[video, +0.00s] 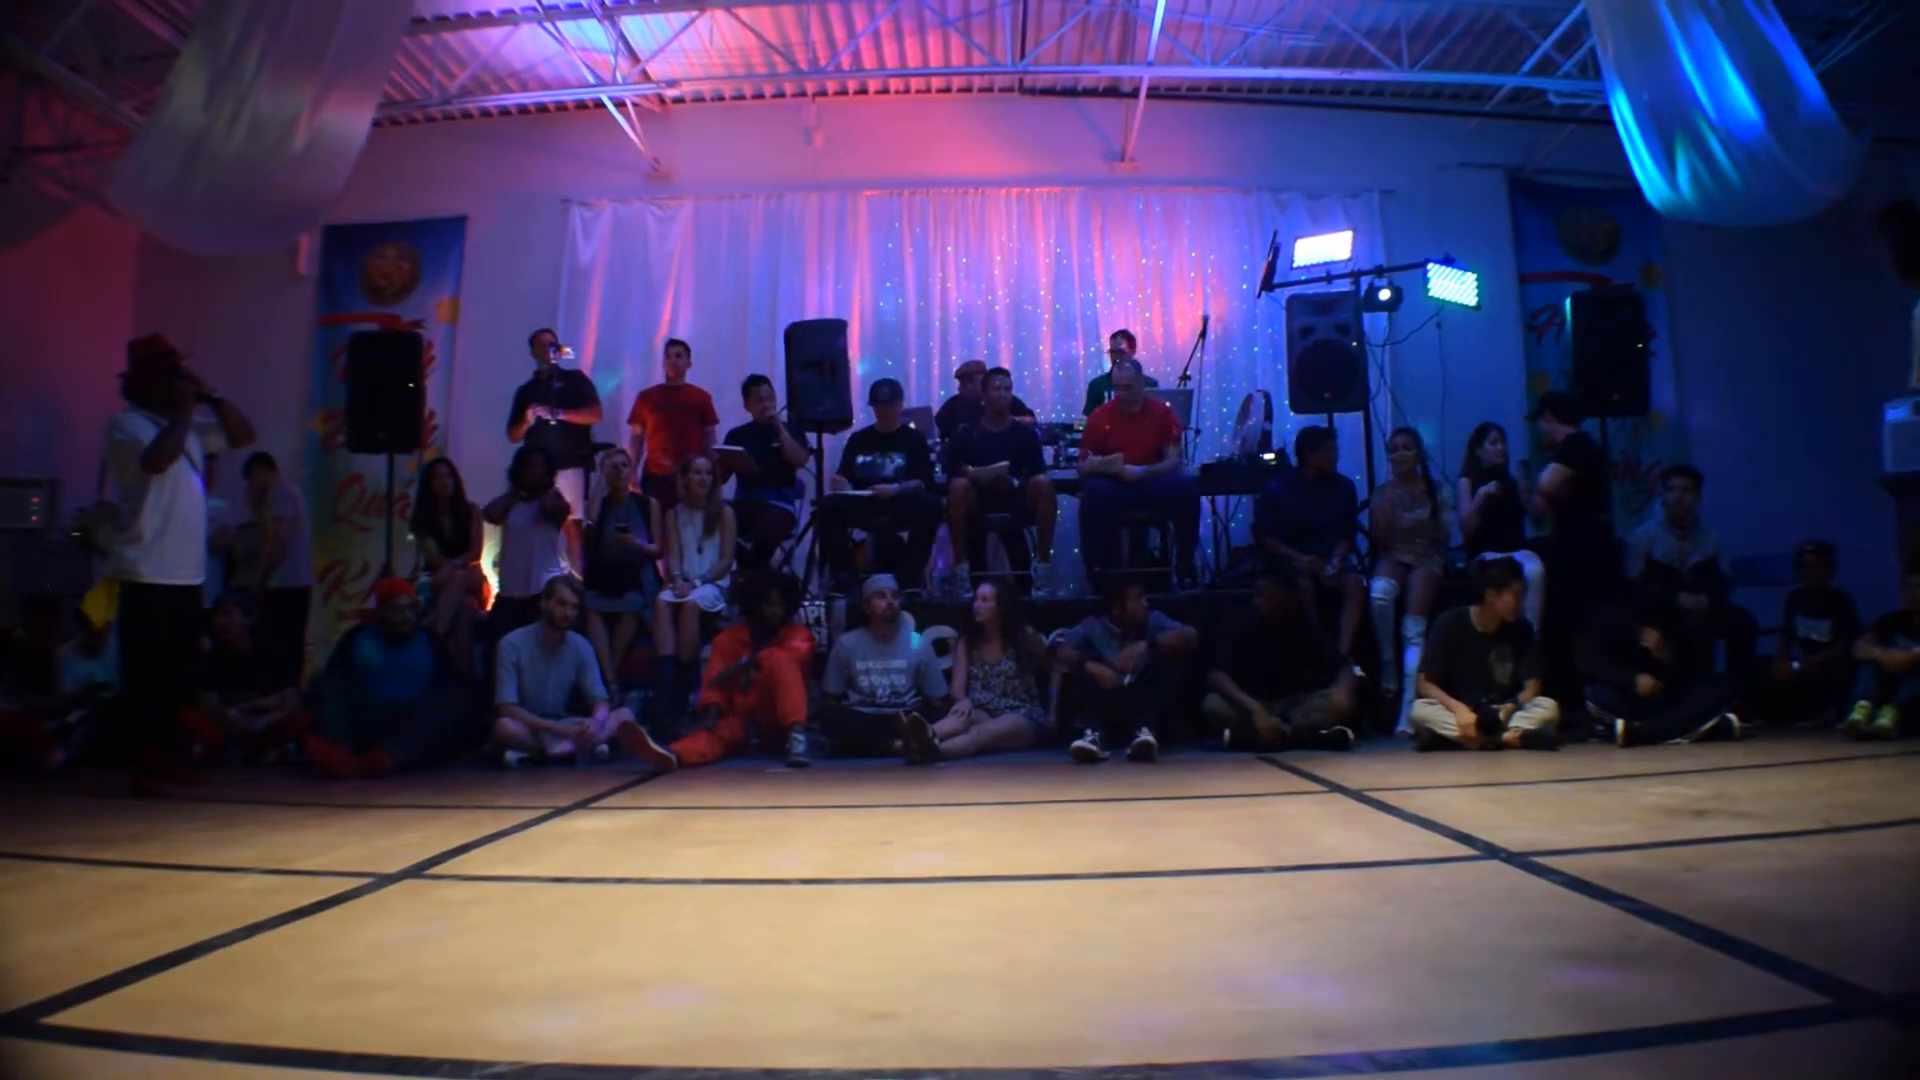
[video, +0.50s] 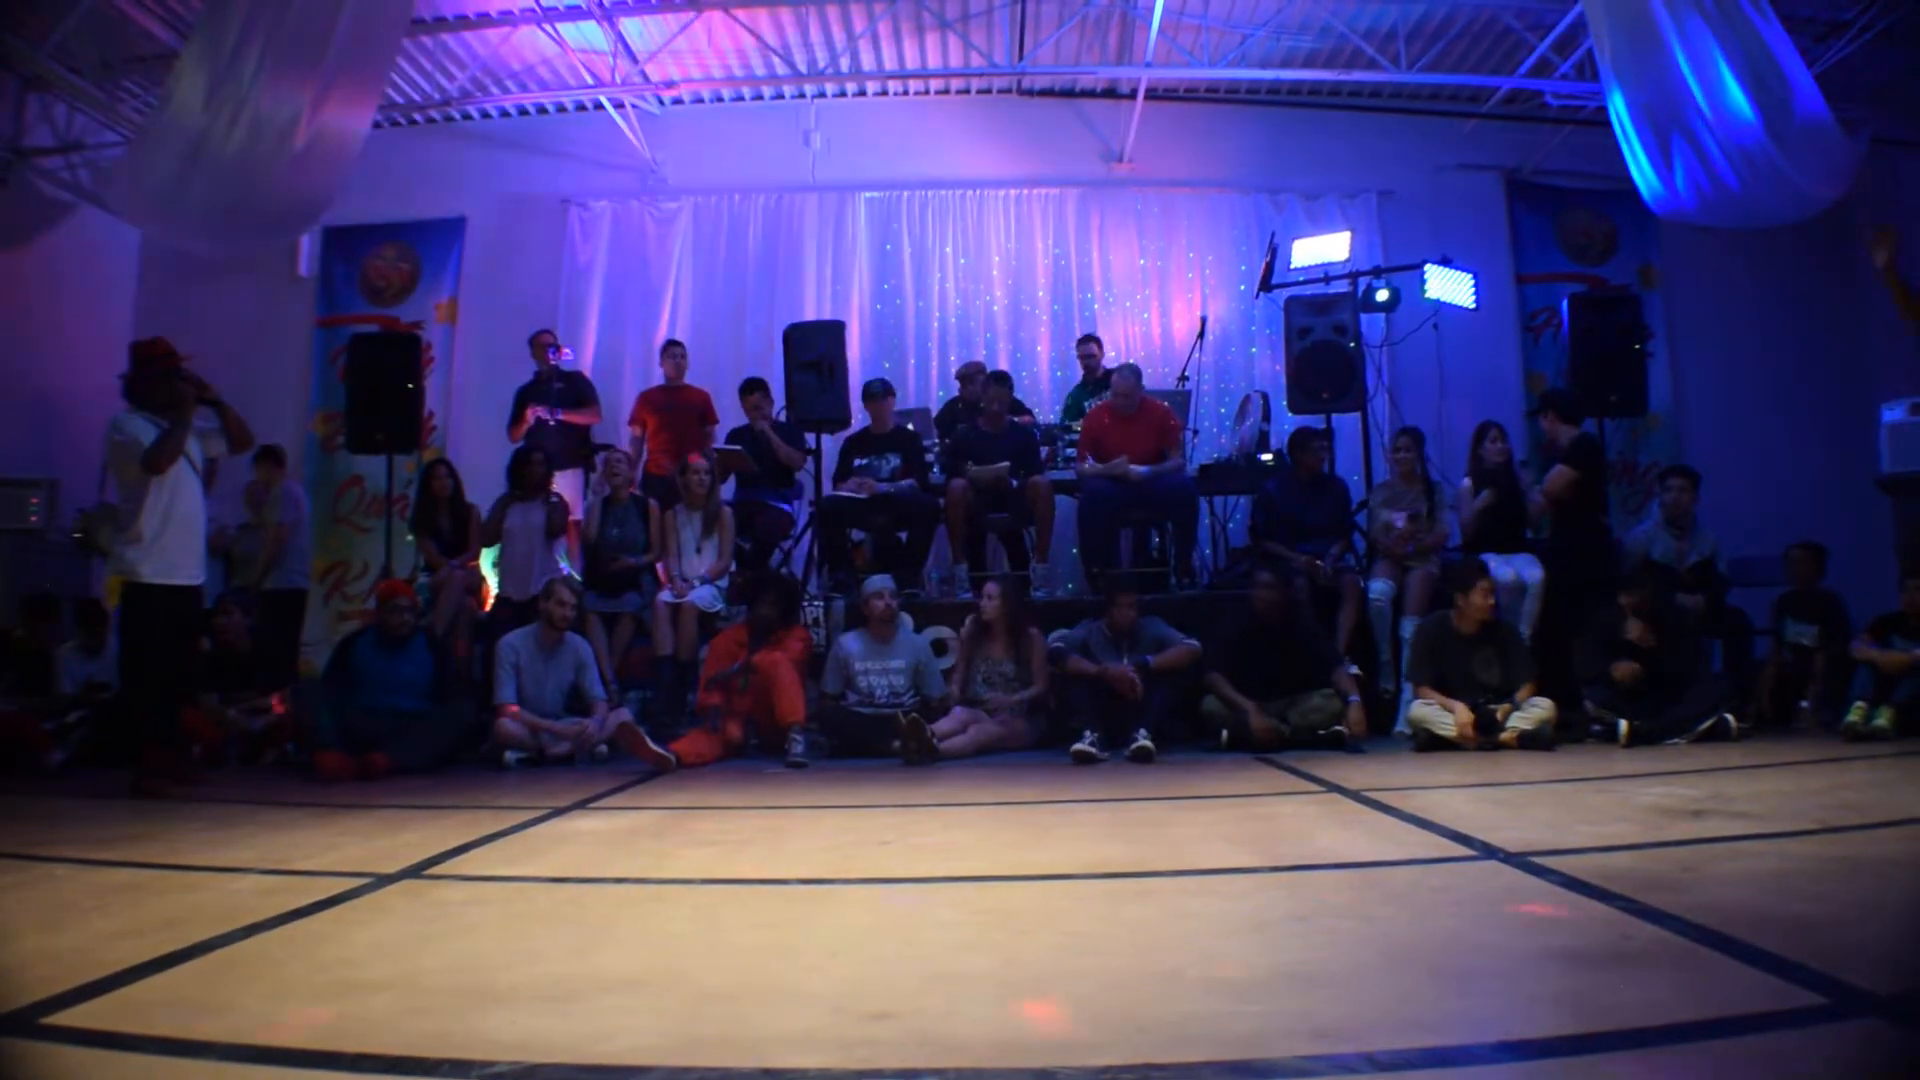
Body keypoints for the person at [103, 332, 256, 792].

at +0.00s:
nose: (178, 385)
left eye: (179, 377)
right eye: (167, 378)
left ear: (178, 383)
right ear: (144, 384)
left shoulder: (184, 429)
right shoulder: (126, 425)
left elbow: (242, 435)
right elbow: (155, 461)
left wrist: (210, 397)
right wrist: (184, 410)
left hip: (185, 579)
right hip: (147, 578)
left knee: (180, 679)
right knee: (148, 681)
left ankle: (175, 762)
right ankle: (146, 767)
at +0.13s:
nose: (176, 385)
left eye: (177, 377)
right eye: (165, 378)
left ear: (178, 383)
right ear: (142, 385)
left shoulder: (183, 430)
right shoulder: (126, 426)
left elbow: (241, 437)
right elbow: (154, 462)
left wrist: (210, 397)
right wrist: (182, 411)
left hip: (185, 578)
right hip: (145, 578)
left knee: (180, 679)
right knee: (146, 680)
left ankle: (174, 762)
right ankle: (145, 767)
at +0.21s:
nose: (175, 386)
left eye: (176, 377)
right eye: (164, 379)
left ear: (177, 383)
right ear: (142, 385)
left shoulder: (183, 430)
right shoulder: (126, 426)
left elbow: (241, 437)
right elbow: (154, 462)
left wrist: (209, 398)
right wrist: (182, 412)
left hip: (185, 578)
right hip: (146, 578)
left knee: (180, 679)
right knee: (146, 679)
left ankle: (175, 762)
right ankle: (145, 767)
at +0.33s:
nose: (176, 386)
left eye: (177, 378)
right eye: (164, 379)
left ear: (178, 384)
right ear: (142, 385)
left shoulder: (183, 431)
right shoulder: (126, 427)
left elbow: (240, 439)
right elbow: (153, 463)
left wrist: (210, 398)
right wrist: (182, 412)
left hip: (185, 578)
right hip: (147, 577)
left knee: (180, 679)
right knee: (148, 680)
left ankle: (175, 763)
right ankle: (147, 768)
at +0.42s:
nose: (176, 386)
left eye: (177, 378)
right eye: (165, 378)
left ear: (179, 384)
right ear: (142, 385)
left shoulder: (184, 432)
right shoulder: (127, 426)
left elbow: (241, 441)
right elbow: (156, 462)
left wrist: (211, 398)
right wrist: (184, 410)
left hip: (186, 578)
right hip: (148, 578)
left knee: (180, 680)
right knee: (148, 681)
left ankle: (176, 763)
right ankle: (147, 768)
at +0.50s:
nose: (176, 387)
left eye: (178, 378)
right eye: (165, 379)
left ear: (179, 385)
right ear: (143, 385)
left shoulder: (183, 433)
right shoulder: (127, 427)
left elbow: (241, 441)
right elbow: (155, 462)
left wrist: (213, 400)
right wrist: (184, 412)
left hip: (186, 580)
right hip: (147, 580)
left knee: (180, 681)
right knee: (148, 682)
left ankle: (176, 764)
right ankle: (147, 769)